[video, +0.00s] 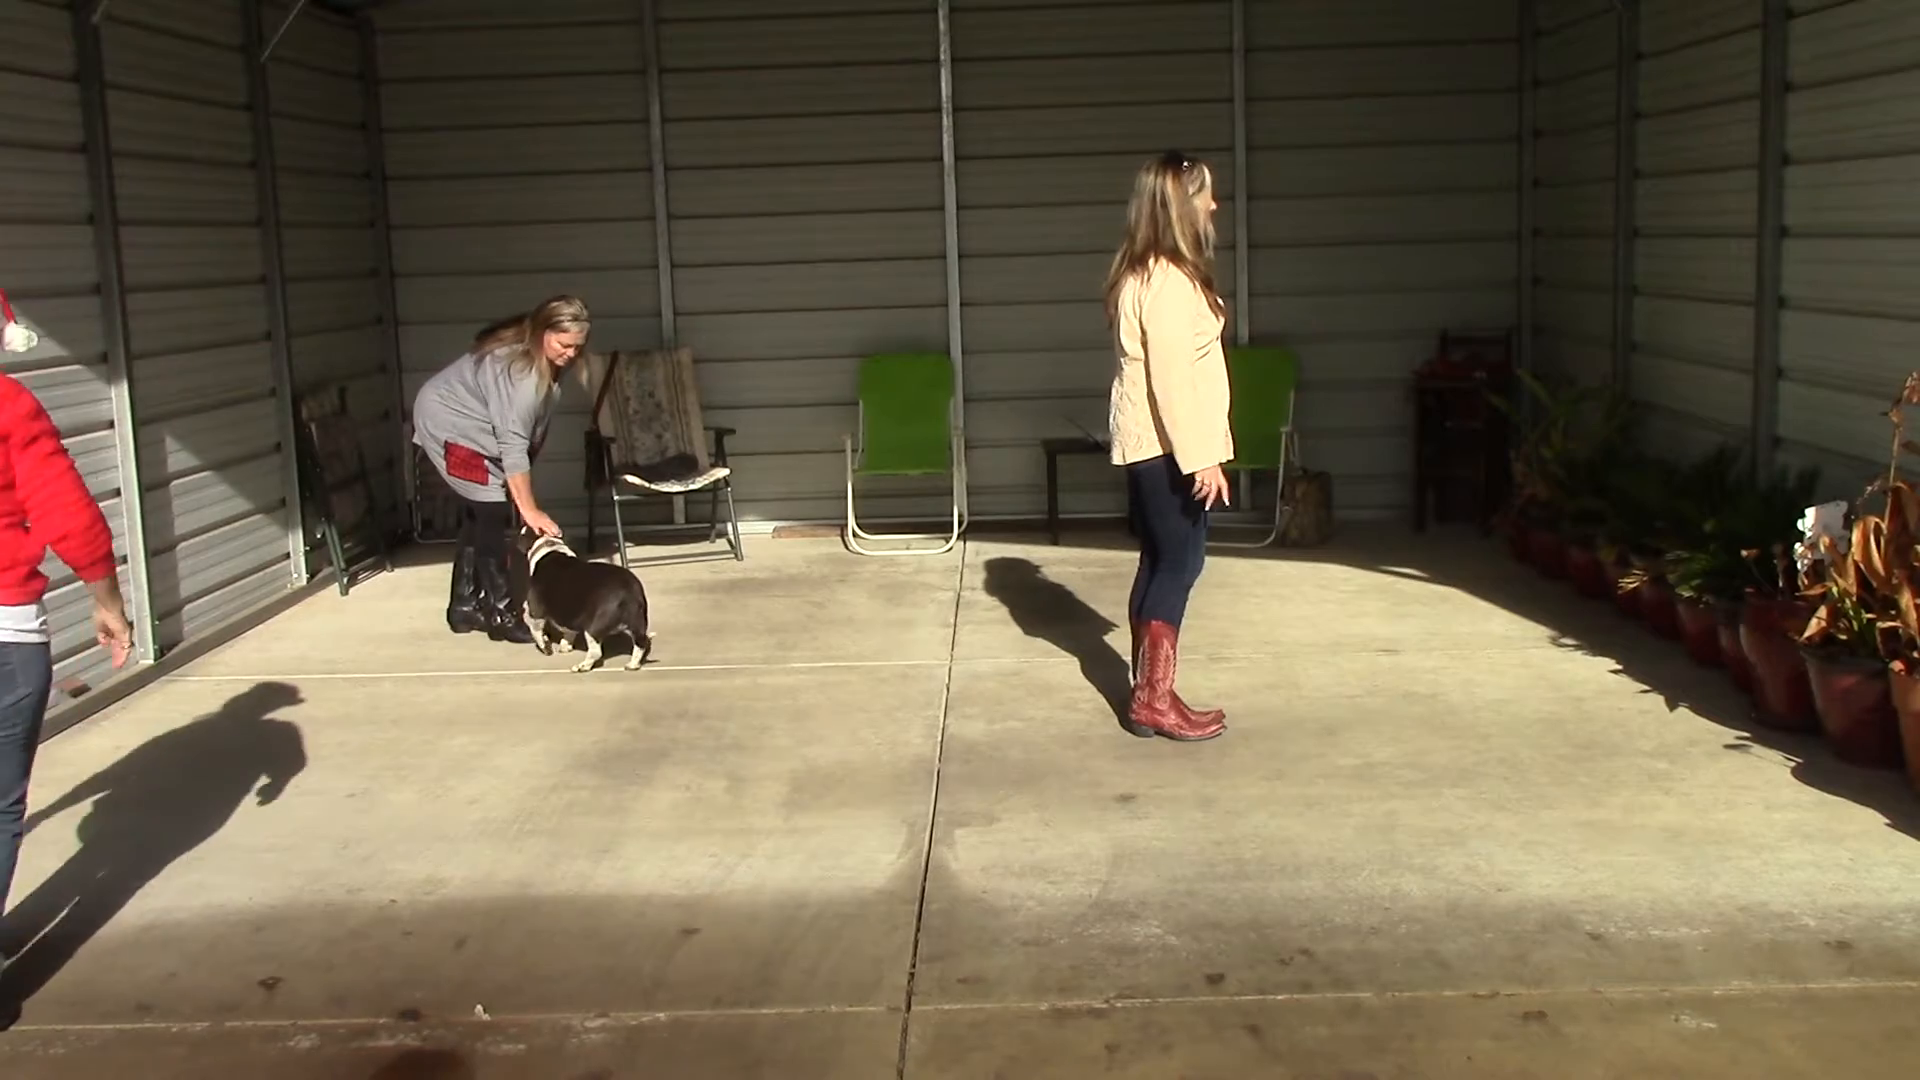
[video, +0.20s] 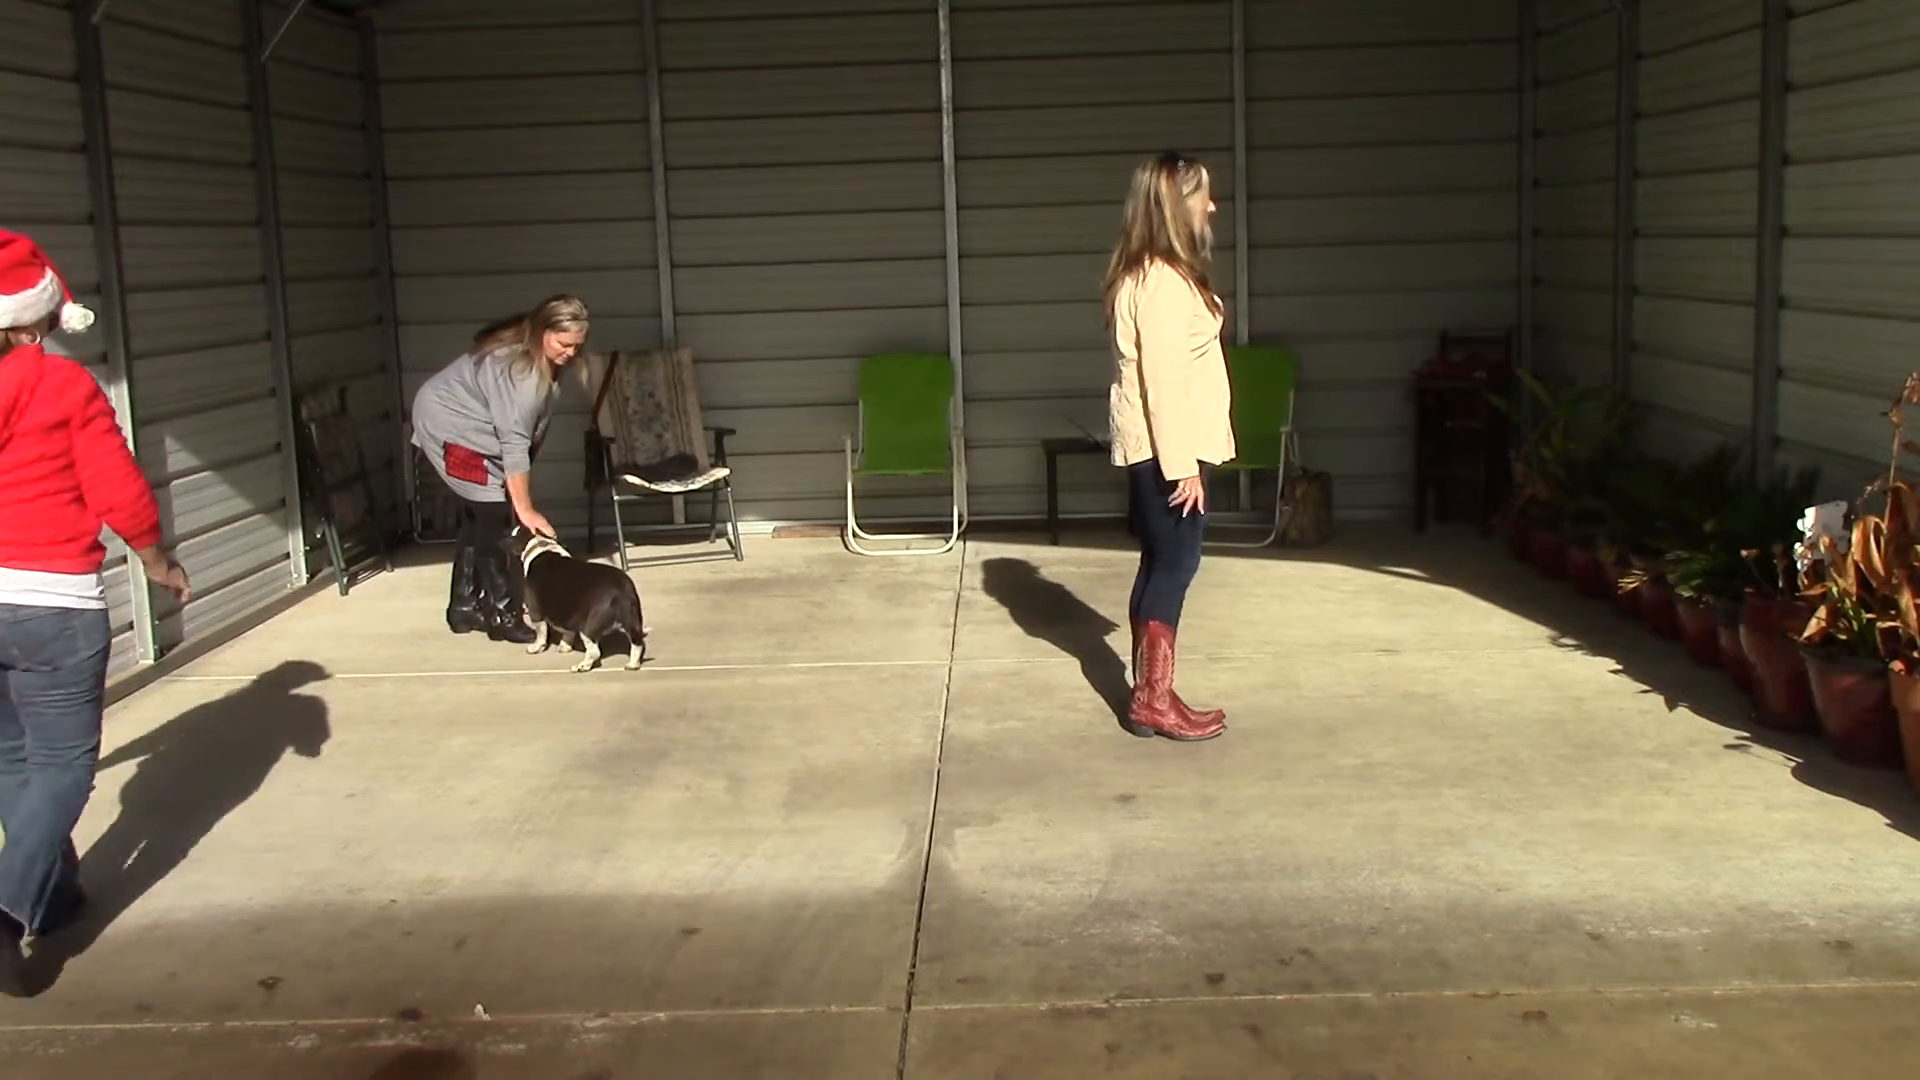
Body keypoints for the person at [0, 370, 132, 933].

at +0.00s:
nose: (9, 338)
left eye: (7, 328)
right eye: (6, 329)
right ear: (0, 329)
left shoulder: (14, 403)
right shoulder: (10, 403)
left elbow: (68, 513)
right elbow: (70, 515)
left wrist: (103, 596)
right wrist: (105, 596)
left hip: (12, 645)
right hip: (10, 645)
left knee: (6, 815)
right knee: (3, 816)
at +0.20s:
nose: (58, 328)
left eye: (53, 317)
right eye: (52, 317)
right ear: (34, 316)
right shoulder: (60, 381)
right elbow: (120, 494)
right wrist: (157, 558)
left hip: (4, 606)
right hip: (52, 604)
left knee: (13, 755)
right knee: (61, 760)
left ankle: (57, 901)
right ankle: (8, 916)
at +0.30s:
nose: (88, 320)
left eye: (84, 308)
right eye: (81, 308)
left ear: (12, 310)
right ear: (61, 310)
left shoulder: (11, 371)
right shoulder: (93, 375)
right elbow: (140, 482)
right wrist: (177, 573)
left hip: (8, 595)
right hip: (81, 594)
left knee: (33, 743)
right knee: (120, 722)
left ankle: (37, 901)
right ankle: (73, 862)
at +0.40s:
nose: (120, 316)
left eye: (118, 305)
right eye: (116, 304)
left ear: (37, 301)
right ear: (100, 305)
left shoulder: (8, 362)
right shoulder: (120, 366)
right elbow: (161, 474)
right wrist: (193, 563)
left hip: (11, 574)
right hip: (102, 574)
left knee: (47, 730)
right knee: (166, 690)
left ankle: (46, 896)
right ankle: (166, 850)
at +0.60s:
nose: (195, 309)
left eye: (194, 298)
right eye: (191, 298)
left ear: (126, 304)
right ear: (167, 304)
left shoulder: (79, 363)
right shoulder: (182, 363)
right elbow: (201, 473)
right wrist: (234, 556)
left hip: (87, 558)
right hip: (172, 555)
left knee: (123, 690)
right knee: (219, 680)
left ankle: (69, 817)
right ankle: (230, 815)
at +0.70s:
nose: (222, 309)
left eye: (222, 297)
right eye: (218, 296)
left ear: (160, 302)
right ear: (187, 301)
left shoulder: (116, 361)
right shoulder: (203, 359)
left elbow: (112, 460)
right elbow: (221, 463)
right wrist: (266, 545)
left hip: (128, 548)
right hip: (204, 546)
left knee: (187, 662)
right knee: (243, 672)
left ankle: (118, 775)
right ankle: (231, 815)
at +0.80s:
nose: (245, 299)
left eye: (244, 288)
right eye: (240, 288)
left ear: (186, 295)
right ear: (211, 292)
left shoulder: (147, 349)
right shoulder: (219, 353)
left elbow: (143, 448)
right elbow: (234, 460)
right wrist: (293, 531)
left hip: (158, 529)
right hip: (218, 532)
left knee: (234, 648)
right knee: (258, 662)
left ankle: (191, 776)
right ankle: (234, 811)